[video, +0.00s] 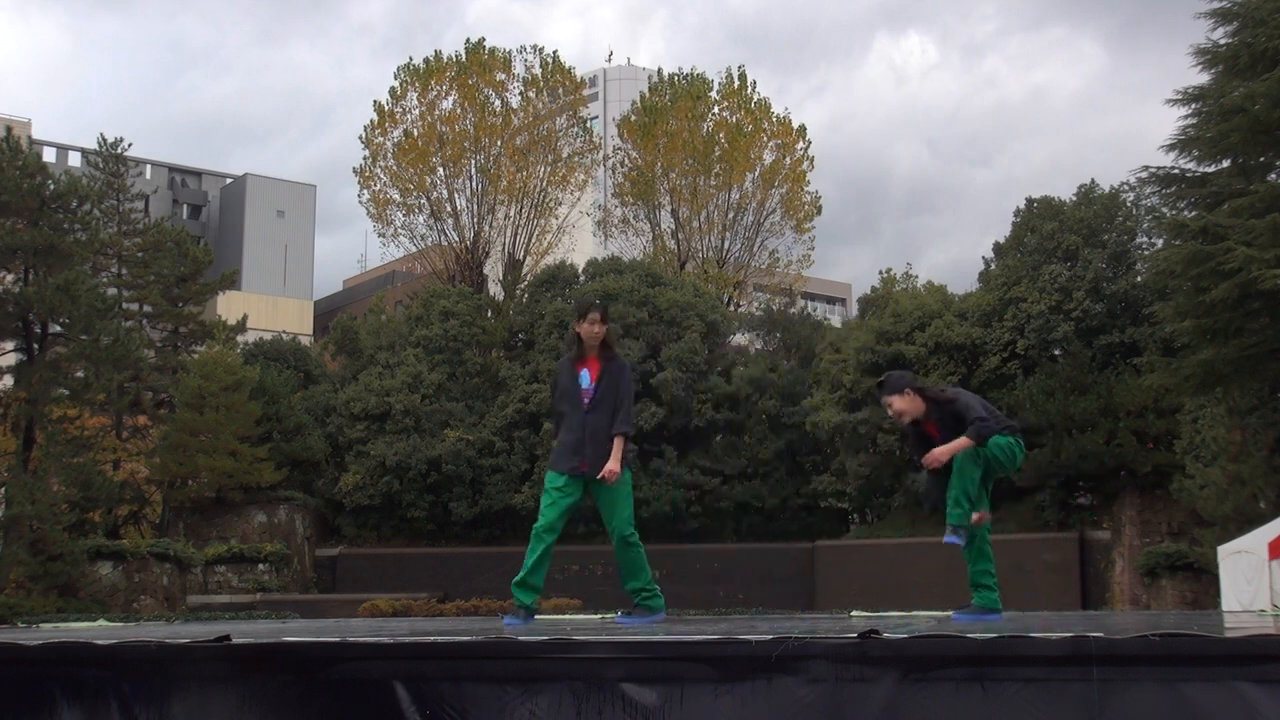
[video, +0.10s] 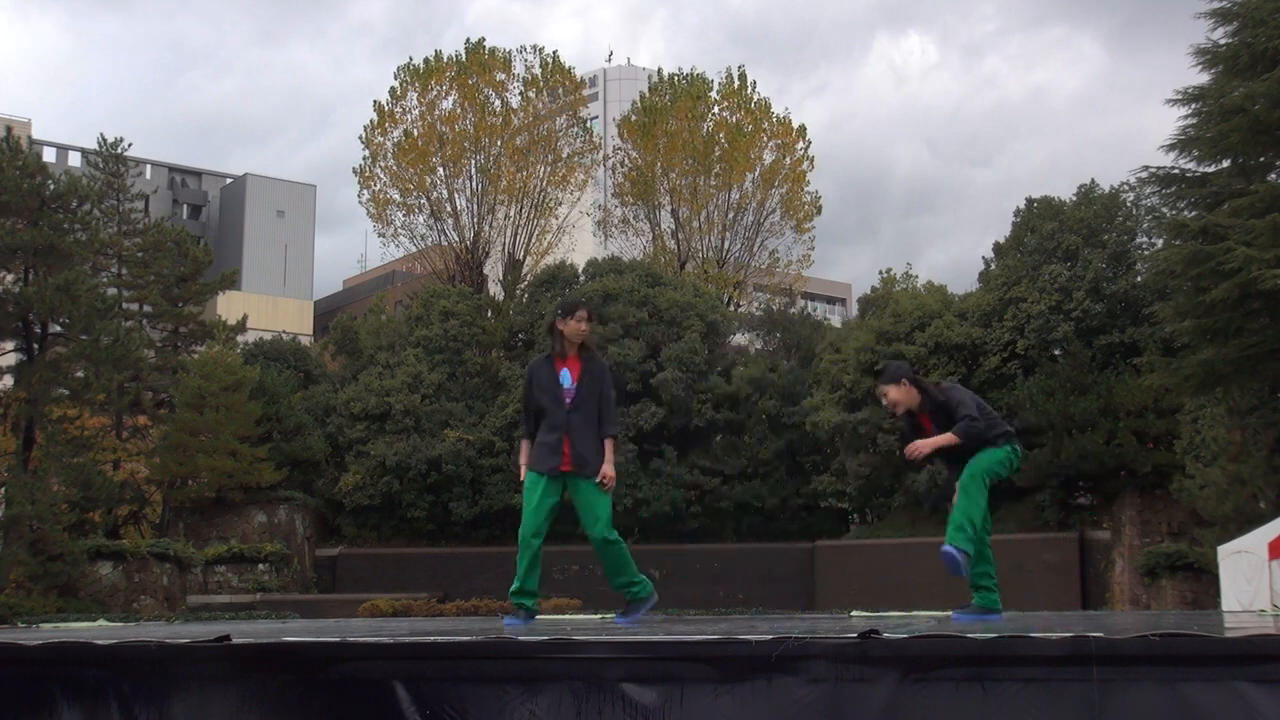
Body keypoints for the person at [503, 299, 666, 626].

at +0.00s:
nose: (596, 329)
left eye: (600, 323)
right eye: (589, 323)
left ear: (606, 328)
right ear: (577, 327)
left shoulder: (618, 367)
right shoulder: (564, 367)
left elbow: (624, 415)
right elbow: (558, 414)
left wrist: (615, 457)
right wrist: (563, 449)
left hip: (608, 463)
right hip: (566, 462)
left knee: (623, 533)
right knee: (544, 528)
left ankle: (649, 603)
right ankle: (523, 605)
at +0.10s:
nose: (583, 326)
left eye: (586, 321)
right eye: (576, 320)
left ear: (589, 327)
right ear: (559, 324)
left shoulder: (598, 368)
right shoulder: (538, 368)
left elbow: (607, 416)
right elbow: (529, 419)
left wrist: (609, 460)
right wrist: (524, 463)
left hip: (587, 466)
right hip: (544, 465)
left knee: (600, 534)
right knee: (529, 534)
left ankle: (640, 593)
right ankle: (524, 606)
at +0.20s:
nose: (567, 323)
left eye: (569, 318)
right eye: (561, 317)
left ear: (570, 323)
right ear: (542, 320)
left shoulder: (581, 363)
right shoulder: (521, 365)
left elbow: (591, 414)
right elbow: (508, 416)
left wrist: (592, 457)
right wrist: (509, 461)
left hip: (570, 462)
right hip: (529, 463)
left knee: (569, 521)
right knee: (524, 533)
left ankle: (612, 581)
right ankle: (522, 605)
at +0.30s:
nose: (553, 317)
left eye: (555, 312)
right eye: (546, 312)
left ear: (556, 318)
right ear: (529, 315)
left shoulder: (568, 359)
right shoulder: (508, 363)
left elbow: (578, 410)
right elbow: (499, 416)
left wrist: (578, 451)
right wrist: (501, 466)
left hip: (560, 458)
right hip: (519, 460)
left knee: (550, 516)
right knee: (520, 531)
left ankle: (569, 594)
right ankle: (522, 604)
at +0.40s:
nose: (541, 315)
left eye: (543, 310)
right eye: (534, 309)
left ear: (544, 316)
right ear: (516, 313)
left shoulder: (557, 358)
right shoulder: (496, 362)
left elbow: (568, 409)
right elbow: (488, 417)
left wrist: (570, 450)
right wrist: (493, 464)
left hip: (549, 457)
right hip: (509, 457)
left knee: (537, 524)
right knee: (511, 528)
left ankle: (528, 601)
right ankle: (515, 598)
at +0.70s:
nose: (519, 310)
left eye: (523, 307)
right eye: (513, 304)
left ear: (525, 316)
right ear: (495, 308)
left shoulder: (533, 358)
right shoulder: (476, 357)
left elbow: (541, 409)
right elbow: (467, 407)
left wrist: (537, 455)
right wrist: (467, 447)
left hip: (512, 455)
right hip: (477, 454)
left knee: (491, 524)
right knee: (480, 525)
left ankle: (484, 605)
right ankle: (517, 597)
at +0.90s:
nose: (504, 308)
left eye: (510, 306)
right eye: (500, 301)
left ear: (512, 316)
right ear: (484, 305)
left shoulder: (517, 353)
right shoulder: (461, 354)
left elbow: (521, 406)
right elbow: (457, 405)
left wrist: (518, 451)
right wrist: (455, 441)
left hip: (496, 455)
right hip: (462, 452)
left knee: (487, 530)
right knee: (437, 518)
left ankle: (486, 605)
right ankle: (468, 594)